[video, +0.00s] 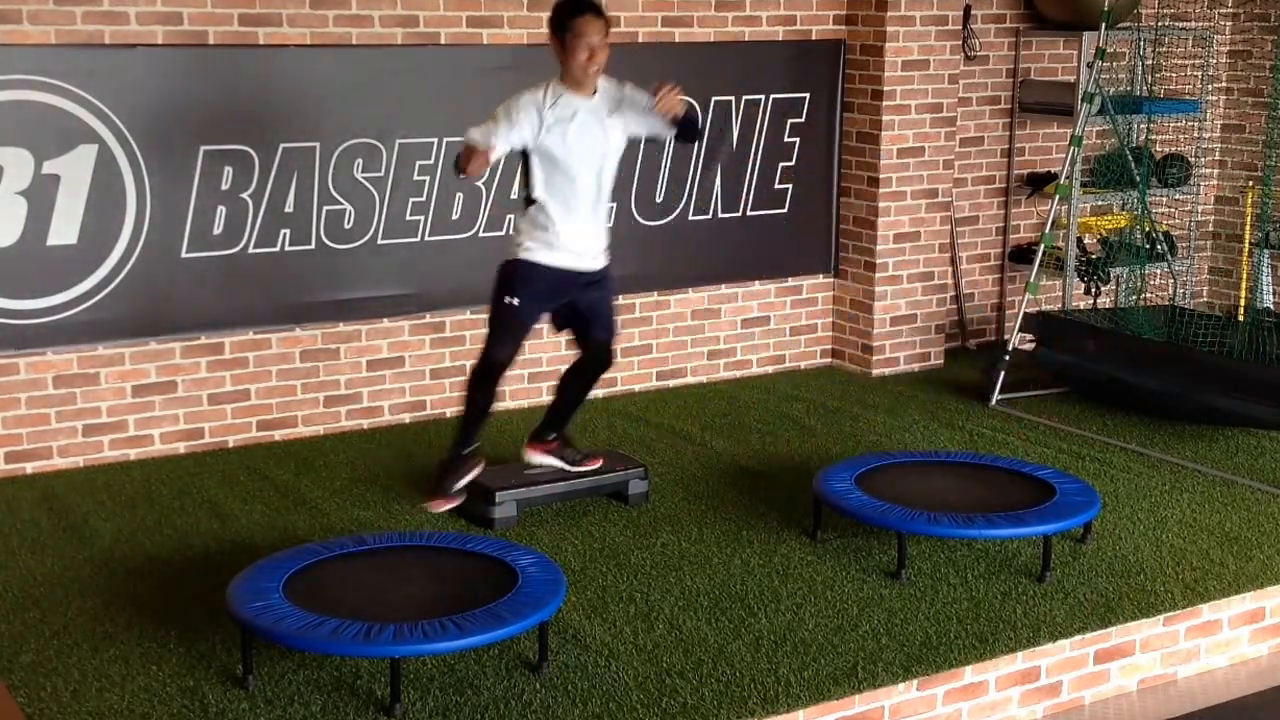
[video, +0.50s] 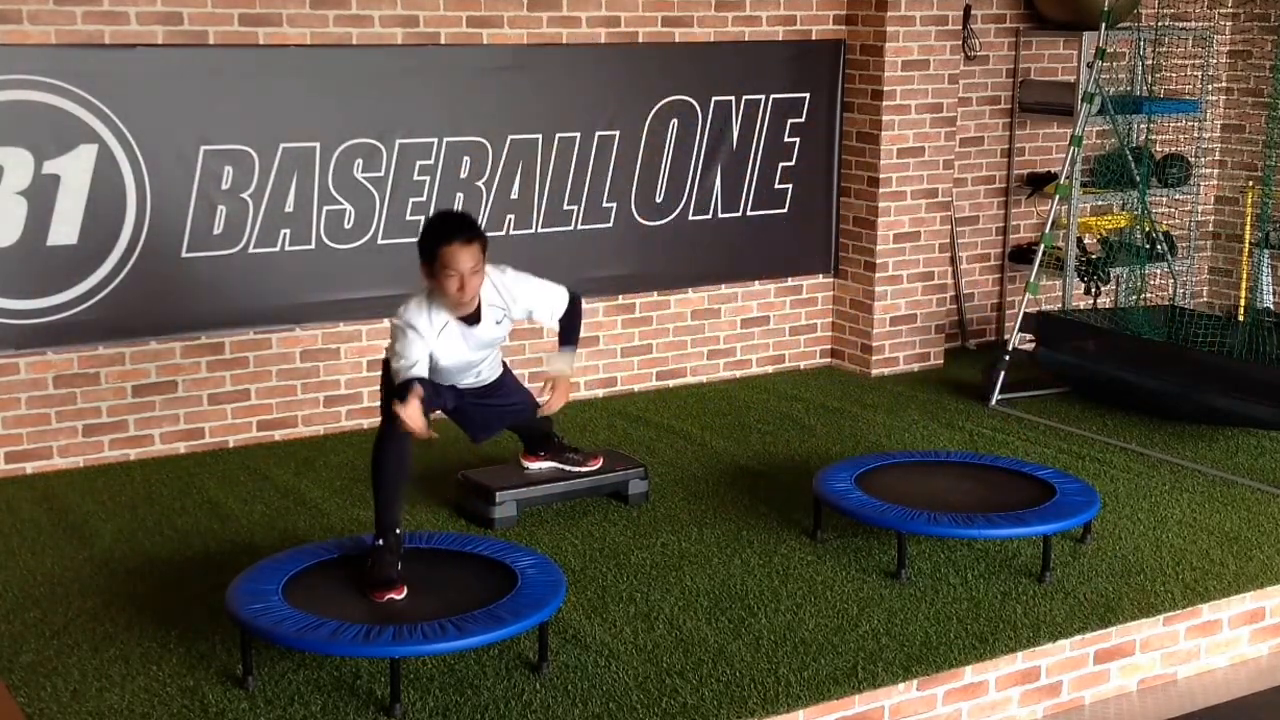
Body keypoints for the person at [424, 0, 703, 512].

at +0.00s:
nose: (596, 56)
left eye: (602, 45)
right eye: (584, 46)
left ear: (609, 46)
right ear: (558, 46)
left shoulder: (622, 101)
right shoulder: (535, 106)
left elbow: (691, 133)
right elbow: (477, 146)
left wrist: (682, 111)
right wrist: (473, 159)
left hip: (589, 264)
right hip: (534, 260)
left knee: (599, 353)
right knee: (495, 358)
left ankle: (547, 439)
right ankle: (462, 458)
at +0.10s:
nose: (572, 100)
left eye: (579, 89)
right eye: (561, 91)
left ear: (588, 91)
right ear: (537, 93)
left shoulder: (599, 143)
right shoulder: (515, 147)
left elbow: (648, 168)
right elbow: (469, 203)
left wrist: (648, 171)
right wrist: (461, 231)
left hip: (554, 295)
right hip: (501, 289)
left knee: (584, 368)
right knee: (459, 380)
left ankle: (541, 448)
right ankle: (406, 501)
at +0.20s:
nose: (544, 150)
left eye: (551, 140)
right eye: (532, 140)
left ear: (558, 142)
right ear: (505, 143)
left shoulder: (567, 193)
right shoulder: (483, 197)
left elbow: (617, 229)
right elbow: (456, 266)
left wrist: (623, 248)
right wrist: (454, 319)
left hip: (522, 330)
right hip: (468, 334)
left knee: (569, 389)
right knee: (429, 429)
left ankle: (540, 450)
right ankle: (388, 551)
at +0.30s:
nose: (509, 210)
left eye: (517, 199)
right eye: (497, 199)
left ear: (527, 201)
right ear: (470, 203)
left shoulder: (535, 239)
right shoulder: (458, 252)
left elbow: (584, 272)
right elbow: (446, 319)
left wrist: (595, 303)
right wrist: (450, 384)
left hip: (495, 352)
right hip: (436, 350)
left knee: (552, 413)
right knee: (411, 416)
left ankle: (541, 450)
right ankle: (389, 536)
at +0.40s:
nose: (483, 260)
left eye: (491, 247)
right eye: (471, 250)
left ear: (499, 243)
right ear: (445, 252)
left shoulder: (516, 271)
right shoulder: (429, 300)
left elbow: (574, 294)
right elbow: (430, 365)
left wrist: (576, 349)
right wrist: (439, 419)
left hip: (484, 372)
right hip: (421, 370)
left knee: (538, 420)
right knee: (397, 432)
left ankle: (541, 450)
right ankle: (386, 540)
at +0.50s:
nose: (464, 285)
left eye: (474, 272)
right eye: (451, 275)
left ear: (484, 264)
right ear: (428, 273)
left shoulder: (504, 287)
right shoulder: (414, 317)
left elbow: (570, 303)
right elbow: (408, 374)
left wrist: (562, 368)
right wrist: (412, 403)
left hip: (484, 373)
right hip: (425, 379)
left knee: (527, 414)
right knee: (397, 423)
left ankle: (542, 446)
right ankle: (387, 542)